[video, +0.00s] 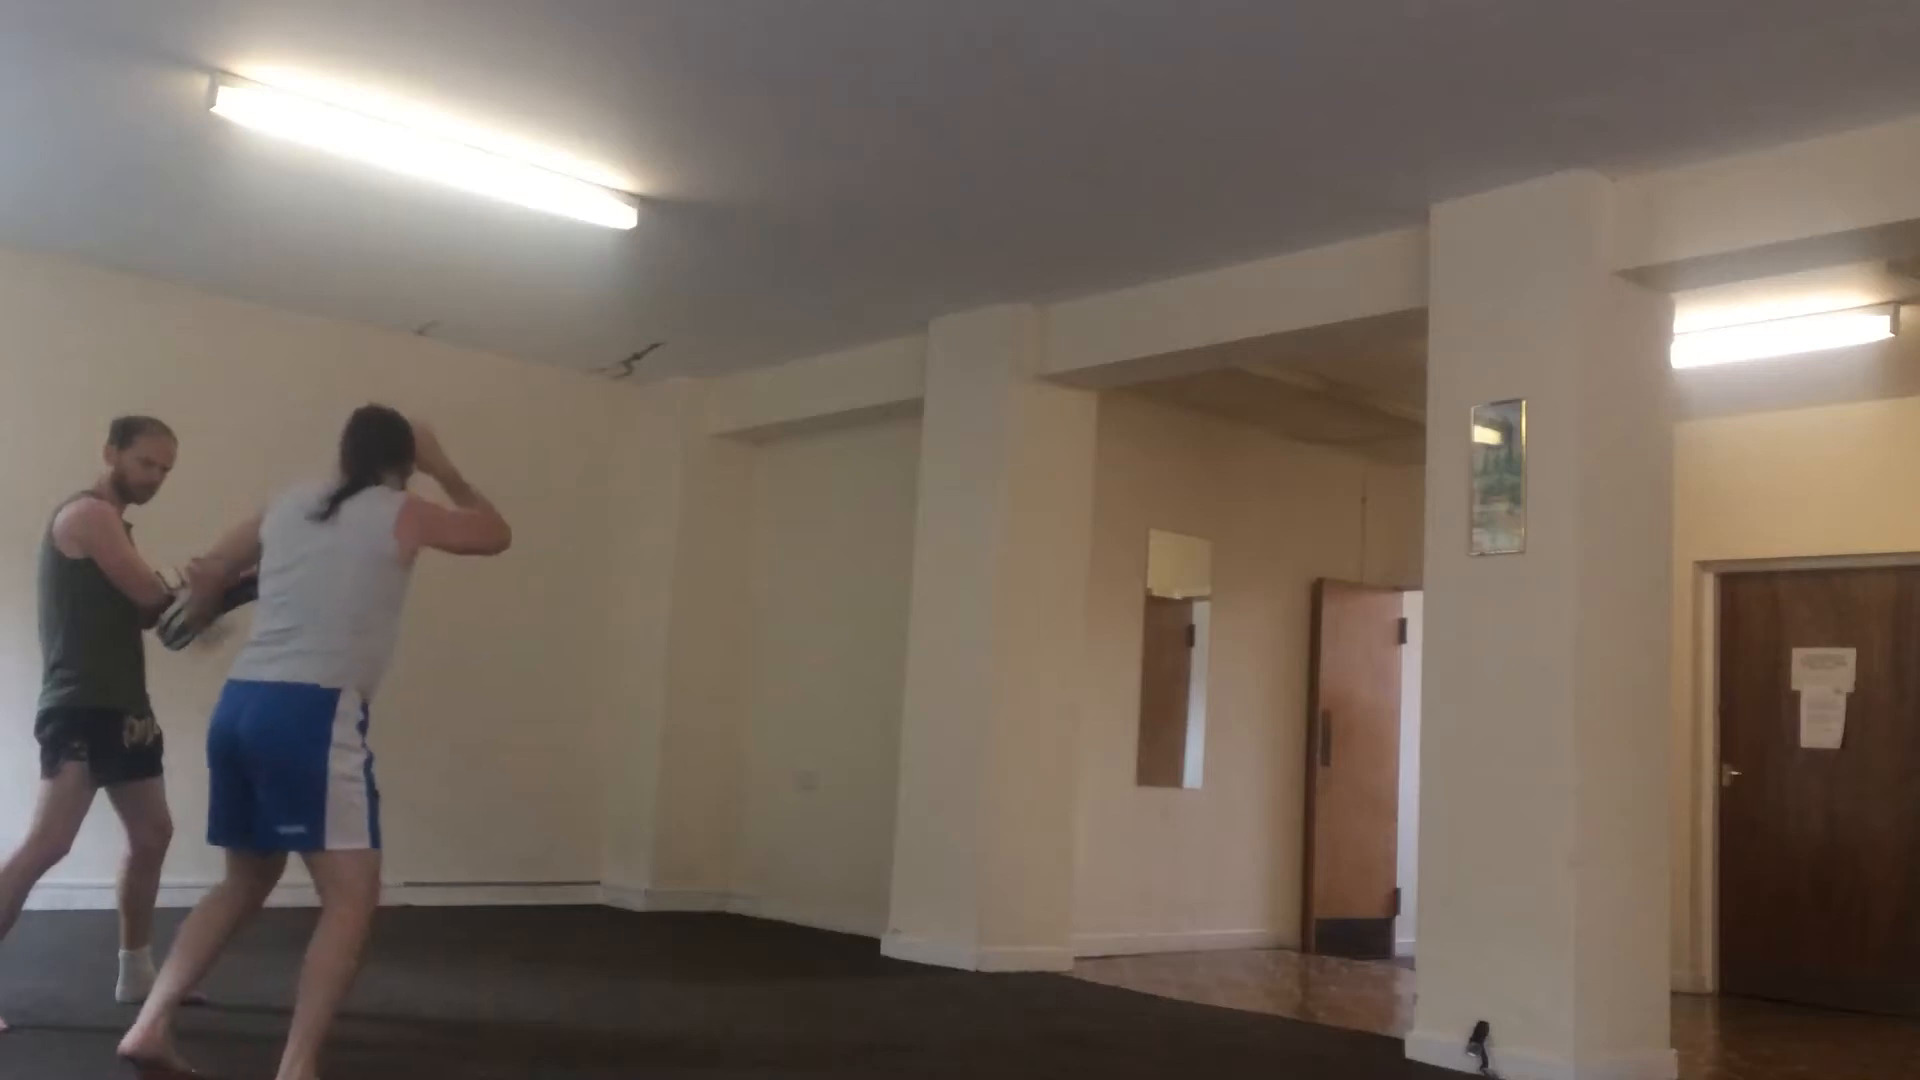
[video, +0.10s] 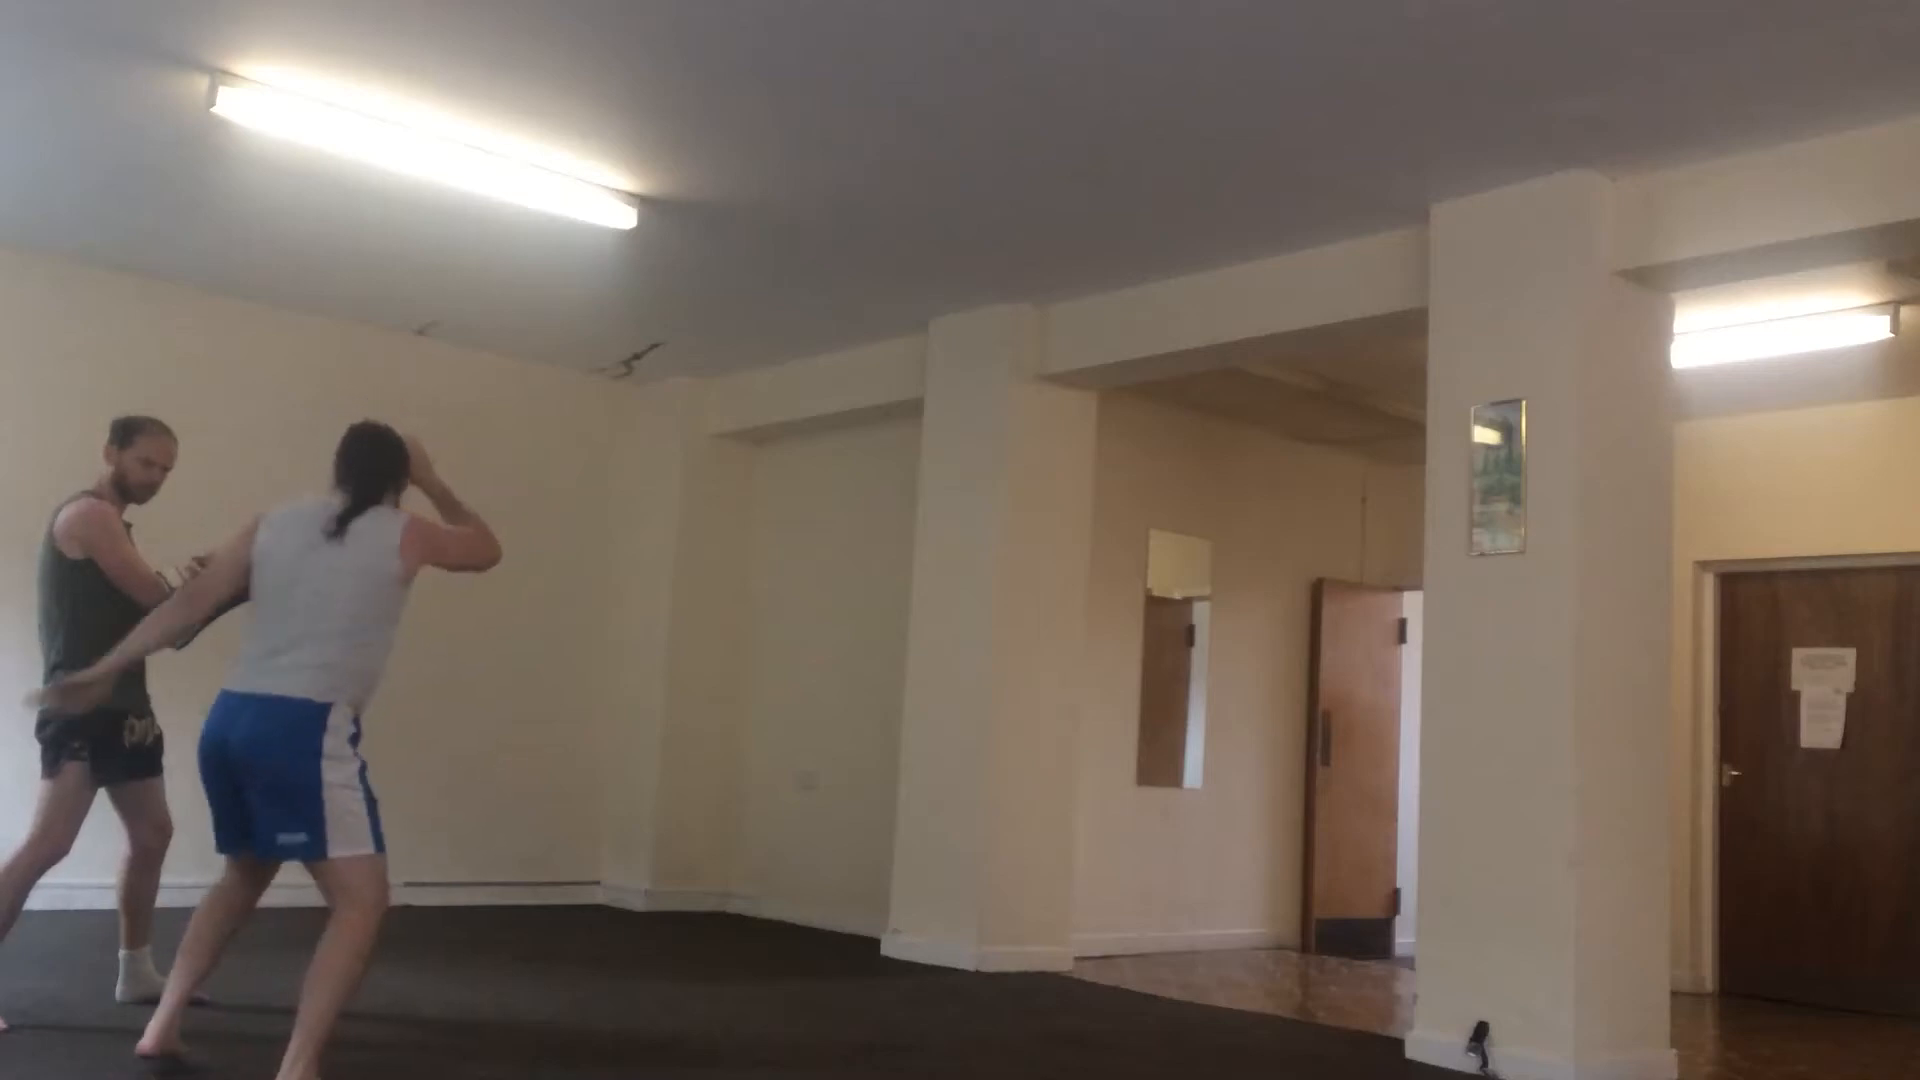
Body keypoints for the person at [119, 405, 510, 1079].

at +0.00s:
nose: (410, 473)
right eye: (410, 462)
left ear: (345, 455)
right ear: (406, 465)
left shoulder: (290, 505)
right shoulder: (404, 514)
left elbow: (208, 568)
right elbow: (495, 534)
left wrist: (209, 601)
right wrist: (441, 470)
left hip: (238, 715)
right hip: (319, 722)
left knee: (245, 877)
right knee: (351, 901)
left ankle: (149, 1026)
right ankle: (296, 1067)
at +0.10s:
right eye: (402, 473)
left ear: (338, 470)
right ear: (400, 480)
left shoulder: (275, 525)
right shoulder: (406, 534)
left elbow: (189, 606)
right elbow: (486, 550)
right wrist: (432, 483)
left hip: (231, 728)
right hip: (314, 736)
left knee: (247, 869)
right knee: (362, 903)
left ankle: (160, 1027)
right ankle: (298, 1065)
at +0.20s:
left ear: (315, 489)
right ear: (379, 496)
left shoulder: (263, 539)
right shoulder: (398, 556)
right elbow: (457, 561)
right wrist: (399, 503)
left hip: (225, 740)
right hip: (308, 750)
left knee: (230, 868)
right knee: (370, 911)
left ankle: (174, 1024)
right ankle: (300, 1066)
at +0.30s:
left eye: (287, 477)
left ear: (282, 483)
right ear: (349, 489)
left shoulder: (241, 538)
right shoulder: (369, 554)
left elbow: (117, 567)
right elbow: (414, 570)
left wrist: (18, 570)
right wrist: (363, 514)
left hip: (232, 747)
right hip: (313, 752)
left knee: (203, 873)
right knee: (335, 916)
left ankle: (189, 1021)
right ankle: (307, 1064)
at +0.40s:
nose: (239, 481)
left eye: (242, 471)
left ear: (248, 476)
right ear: (310, 478)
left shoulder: (217, 538)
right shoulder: (343, 551)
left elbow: (83, 546)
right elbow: (400, 598)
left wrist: (20, 486)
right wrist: (354, 554)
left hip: (228, 746)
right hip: (314, 747)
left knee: (186, 873)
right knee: (336, 889)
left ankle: (188, 1020)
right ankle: (347, 976)